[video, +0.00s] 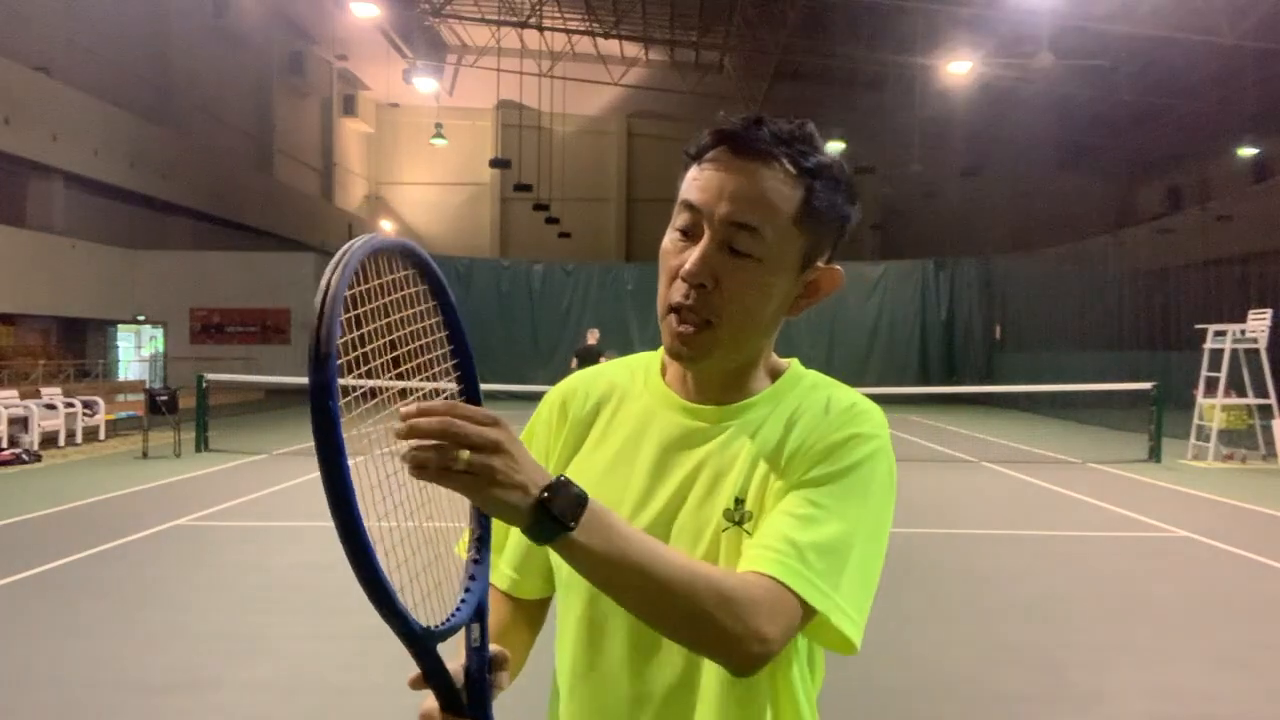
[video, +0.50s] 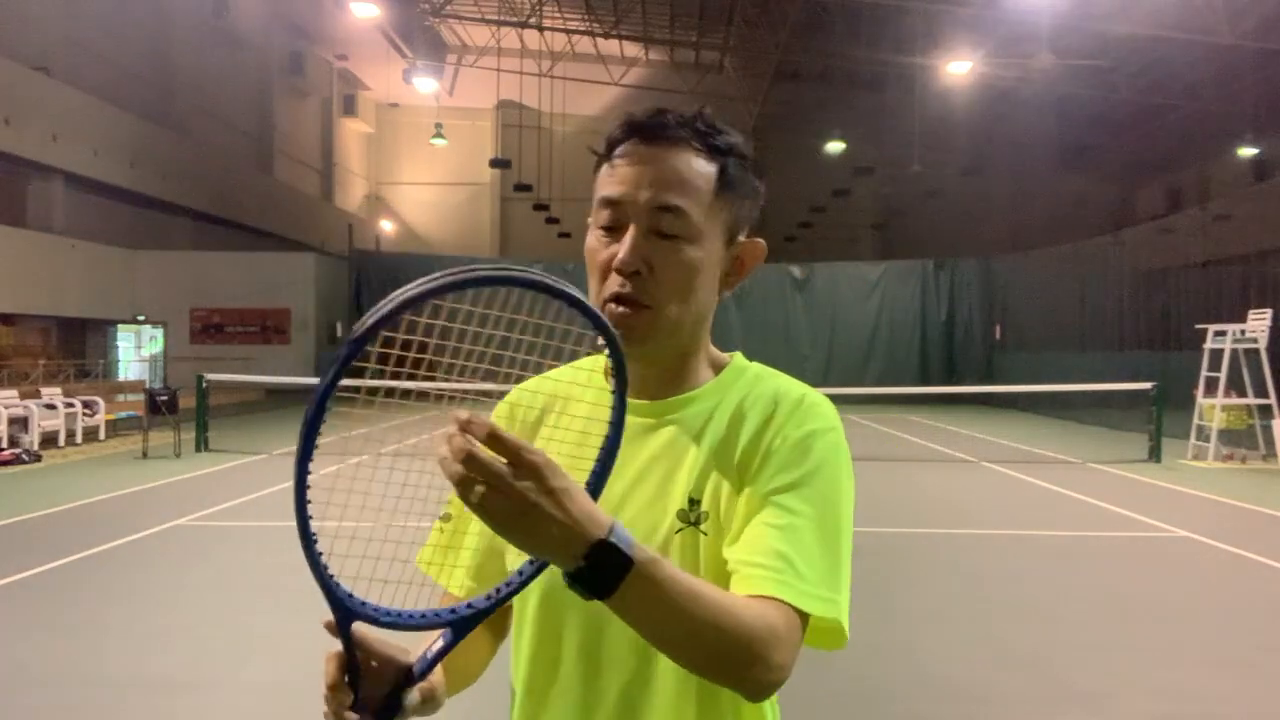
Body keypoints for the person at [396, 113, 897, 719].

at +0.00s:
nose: (692, 268)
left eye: (740, 247)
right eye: (686, 230)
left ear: (808, 290)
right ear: (665, 233)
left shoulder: (839, 432)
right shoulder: (576, 404)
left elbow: (751, 628)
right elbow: (511, 595)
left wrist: (544, 501)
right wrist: (476, 670)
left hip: (741, 715)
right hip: (584, 711)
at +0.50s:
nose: (626, 257)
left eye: (668, 229)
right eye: (610, 223)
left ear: (737, 263)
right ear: (585, 238)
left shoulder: (790, 424)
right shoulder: (535, 406)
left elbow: (762, 657)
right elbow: (473, 612)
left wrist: (586, 545)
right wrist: (420, 680)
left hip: (701, 714)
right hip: (546, 709)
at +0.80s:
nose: (600, 250)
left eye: (634, 222)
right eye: (574, 225)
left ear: (697, 250)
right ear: (545, 250)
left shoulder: (771, 417)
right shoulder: (500, 417)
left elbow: (805, 663)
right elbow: (438, 609)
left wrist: (669, 548)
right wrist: (413, 667)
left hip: (701, 709)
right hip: (535, 706)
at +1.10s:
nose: (557, 259)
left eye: (590, 229)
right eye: (528, 231)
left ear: (650, 254)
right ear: (496, 257)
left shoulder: (734, 421)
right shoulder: (444, 435)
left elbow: (816, 662)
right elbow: (381, 645)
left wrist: (728, 553)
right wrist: (414, 683)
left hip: (691, 709)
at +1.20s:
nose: (518, 264)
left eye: (549, 230)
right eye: (486, 236)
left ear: (606, 257)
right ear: (453, 264)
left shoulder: (688, 420)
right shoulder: (394, 442)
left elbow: (779, 668)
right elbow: (324, 671)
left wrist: (725, 549)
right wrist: (398, 678)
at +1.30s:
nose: (461, 264)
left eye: (492, 229)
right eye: (428, 235)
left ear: (549, 254)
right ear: (392, 262)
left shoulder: (633, 428)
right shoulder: (330, 444)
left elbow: (715, 672)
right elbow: (260, 686)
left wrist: (710, 597)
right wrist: (374, 665)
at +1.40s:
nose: (404, 264)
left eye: (435, 228)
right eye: (369, 236)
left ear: (495, 251)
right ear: (334, 268)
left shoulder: (574, 421)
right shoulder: (278, 444)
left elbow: (642, 609)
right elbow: (218, 689)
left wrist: (673, 645)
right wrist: (370, 651)